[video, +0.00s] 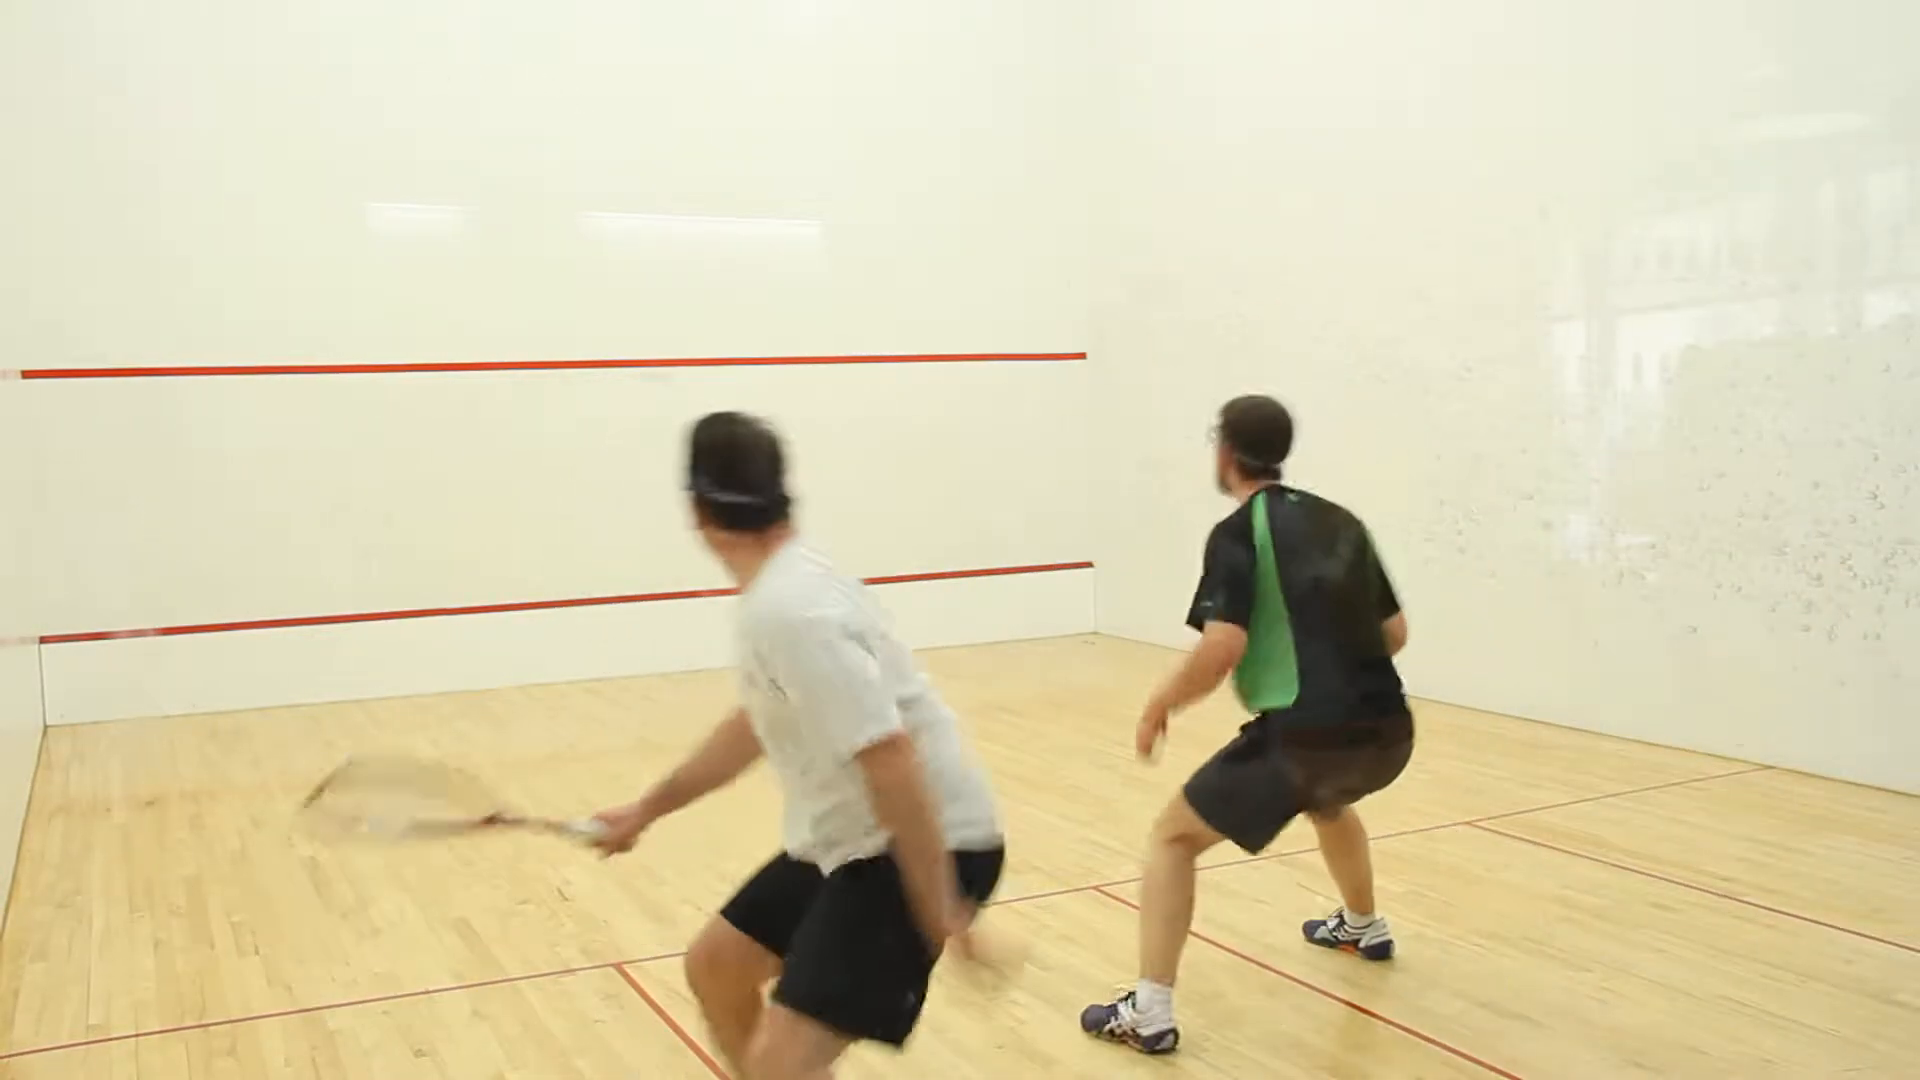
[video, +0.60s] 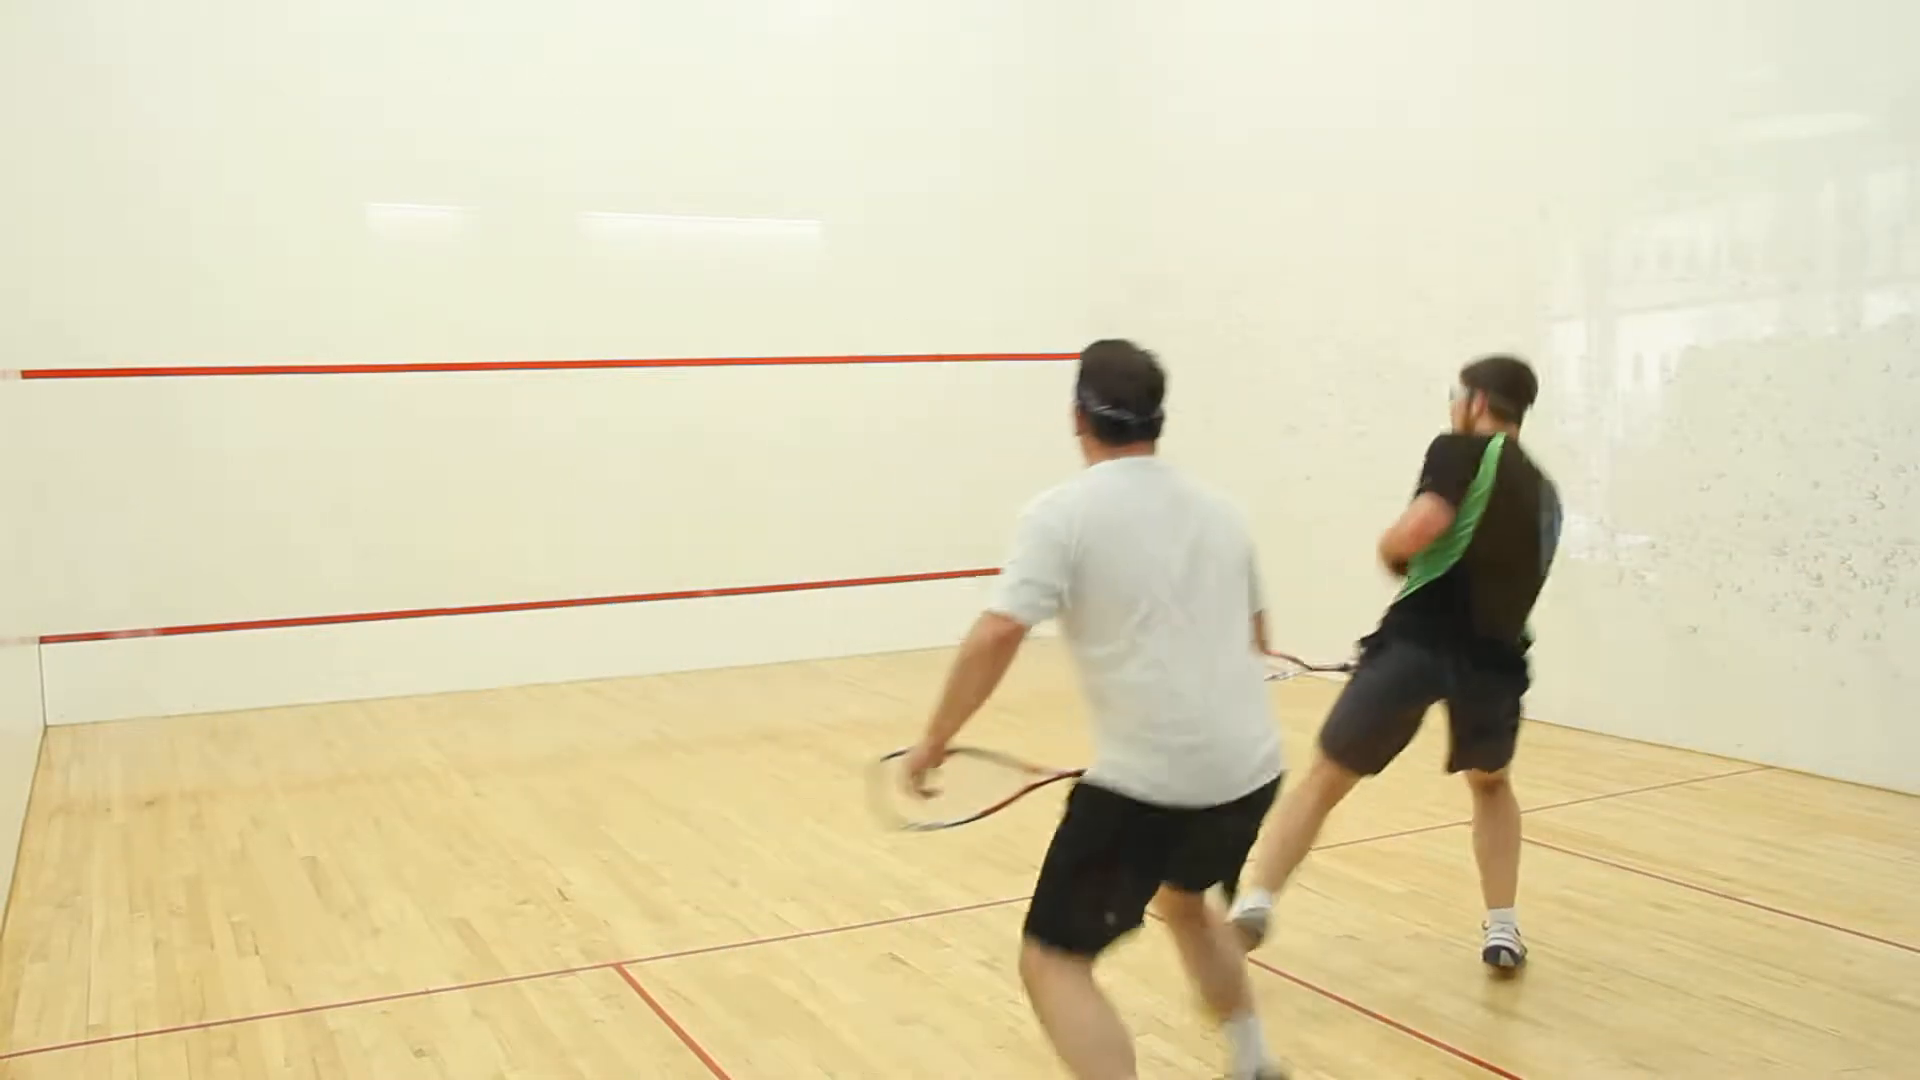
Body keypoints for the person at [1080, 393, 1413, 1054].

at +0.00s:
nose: (1214, 456)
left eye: (1218, 445)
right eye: (1219, 443)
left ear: (1230, 454)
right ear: (1281, 453)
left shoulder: (1237, 533)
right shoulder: (1342, 521)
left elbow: (1223, 648)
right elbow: (1393, 631)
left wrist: (1162, 703)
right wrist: (1323, 654)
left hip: (1298, 738)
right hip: (1381, 729)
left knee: (1174, 837)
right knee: (1325, 794)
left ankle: (1150, 1009)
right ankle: (1364, 921)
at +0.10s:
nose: (1267, 425)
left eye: (1269, 415)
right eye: (1274, 415)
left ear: (1277, 422)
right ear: (1330, 426)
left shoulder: (1263, 498)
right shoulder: (1386, 496)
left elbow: (1190, 589)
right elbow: (1427, 610)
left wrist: (1162, 634)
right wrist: (1369, 643)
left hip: (1319, 702)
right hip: (1403, 701)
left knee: (1220, 819)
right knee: (1348, 790)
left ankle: (1185, 971)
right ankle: (1365, 921)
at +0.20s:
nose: (1331, 411)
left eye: (1333, 402)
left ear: (1339, 406)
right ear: (1394, 412)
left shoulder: (1294, 466)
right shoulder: (1437, 486)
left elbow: (1192, 495)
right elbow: (1474, 602)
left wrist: (1138, 543)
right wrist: (1471, 564)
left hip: (1314, 684)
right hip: (1405, 687)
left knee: (1257, 818)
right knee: (1393, 784)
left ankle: (1244, 964)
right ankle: (1402, 917)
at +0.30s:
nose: (1414, 438)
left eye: (1410, 429)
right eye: (1435, 435)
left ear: (1402, 433)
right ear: (1457, 447)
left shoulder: (1339, 480)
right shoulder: (1469, 524)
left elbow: (1235, 484)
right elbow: (1503, 635)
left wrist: (1140, 510)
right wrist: (1576, 599)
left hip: (1313, 691)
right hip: (1403, 702)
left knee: (1265, 825)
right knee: (1441, 798)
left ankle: (1237, 960)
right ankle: (1493, 942)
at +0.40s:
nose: (1454, 469)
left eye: (1448, 457)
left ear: (1441, 455)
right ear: (1495, 480)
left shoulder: (1386, 487)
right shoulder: (1496, 570)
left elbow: (1289, 530)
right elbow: (1467, 672)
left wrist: (1208, 577)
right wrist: (1496, 681)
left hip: (1328, 693)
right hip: (1416, 713)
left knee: (1272, 832)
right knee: (1466, 788)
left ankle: (1210, 959)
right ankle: (1497, 934)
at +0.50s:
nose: (1452, 447)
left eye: (1454, 438)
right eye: (1457, 440)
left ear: (1462, 439)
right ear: (1516, 458)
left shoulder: (1425, 480)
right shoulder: (1526, 542)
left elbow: (1357, 544)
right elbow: (1479, 621)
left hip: (1370, 676)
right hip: (1451, 696)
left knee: (1287, 807)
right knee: (1477, 789)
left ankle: (1217, 941)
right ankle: (1498, 933)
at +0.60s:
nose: (1453, 412)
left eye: (1458, 402)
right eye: (1457, 402)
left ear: (1477, 405)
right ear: (1518, 413)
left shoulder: (1458, 450)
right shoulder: (1546, 490)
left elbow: (1428, 520)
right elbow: (1523, 578)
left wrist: (1391, 548)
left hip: (1416, 647)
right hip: (1493, 665)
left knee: (1326, 778)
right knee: (1492, 784)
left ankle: (1256, 900)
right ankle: (1503, 930)